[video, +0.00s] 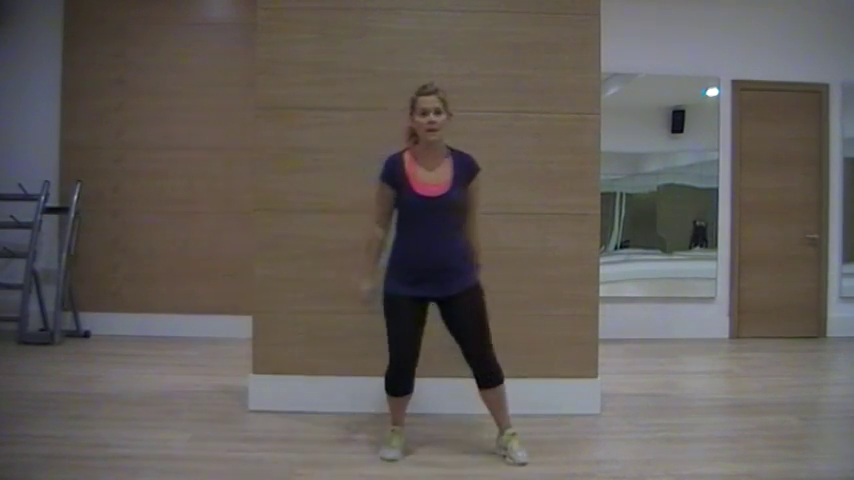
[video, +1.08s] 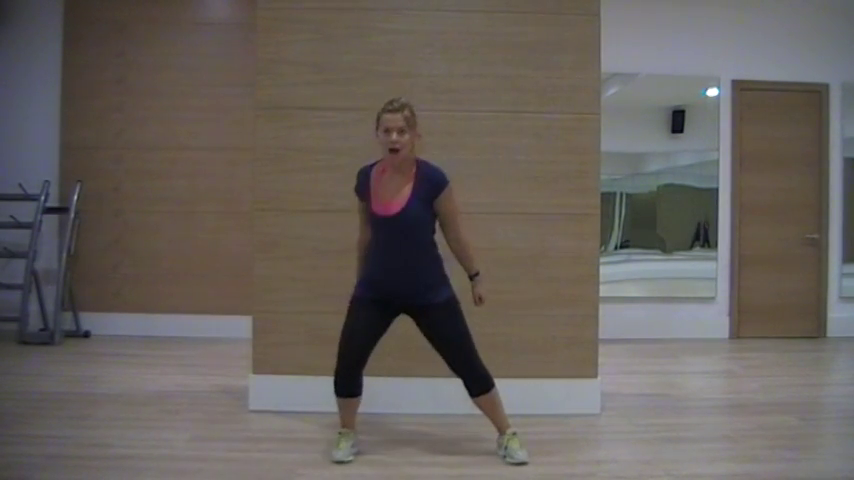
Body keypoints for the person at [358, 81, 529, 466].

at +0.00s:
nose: (431, 119)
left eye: (437, 112)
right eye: (423, 113)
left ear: (448, 117)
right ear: (412, 120)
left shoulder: (464, 165)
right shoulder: (396, 166)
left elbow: (471, 223)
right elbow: (380, 223)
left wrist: (475, 270)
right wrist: (369, 273)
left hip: (456, 277)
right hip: (406, 279)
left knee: (482, 356)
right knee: (401, 362)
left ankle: (507, 433)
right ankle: (396, 432)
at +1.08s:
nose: (393, 138)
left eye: (400, 131)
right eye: (386, 131)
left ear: (414, 135)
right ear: (377, 136)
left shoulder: (431, 178)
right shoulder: (367, 177)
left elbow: (453, 233)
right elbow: (365, 235)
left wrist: (475, 275)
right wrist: (360, 285)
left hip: (427, 289)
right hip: (377, 289)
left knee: (467, 364)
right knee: (347, 363)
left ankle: (506, 434)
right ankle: (346, 433)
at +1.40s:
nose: (375, 184)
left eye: (382, 177)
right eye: (368, 177)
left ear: (395, 181)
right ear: (358, 180)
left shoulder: (413, 218)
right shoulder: (349, 215)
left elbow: (440, 259)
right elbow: (354, 261)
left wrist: (462, 294)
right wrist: (357, 299)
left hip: (423, 303)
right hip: (373, 304)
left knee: (469, 365)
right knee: (341, 362)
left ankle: (506, 435)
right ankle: (346, 435)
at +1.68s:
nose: (387, 226)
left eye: (395, 219)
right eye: (380, 218)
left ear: (406, 221)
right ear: (369, 220)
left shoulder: (425, 251)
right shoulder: (356, 249)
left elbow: (451, 281)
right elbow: (352, 283)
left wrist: (467, 306)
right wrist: (351, 320)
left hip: (429, 311)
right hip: (380, 312)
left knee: (476, 367)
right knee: (347, 365)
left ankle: (507, 436)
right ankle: (346, 435)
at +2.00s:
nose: (428, 266)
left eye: (435, 258)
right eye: (420, 258)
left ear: (445, 258)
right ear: (406, 255)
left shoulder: (460, 280)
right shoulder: (385, 273)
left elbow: (468, 307)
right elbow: (361, 296)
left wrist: (468, 327)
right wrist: (355, 323)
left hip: (442, 320)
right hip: (388, 318)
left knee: (484, 366)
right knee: (358, 369)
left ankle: (507, 435)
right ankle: (347, 434)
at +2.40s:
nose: (483, 269)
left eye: (489, 260)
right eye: (474, 261)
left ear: (497, 256)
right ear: (458, 257)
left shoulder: (503, 274)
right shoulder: (430, 266)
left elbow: (484, 289)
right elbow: (388, 275)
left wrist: (481, 303)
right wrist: (365, 302)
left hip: (452, 314)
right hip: (402, 307)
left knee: (493, 361)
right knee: (372, 368)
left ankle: (509, 436)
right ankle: (348, 435)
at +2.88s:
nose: (513, 221)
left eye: (520, 214)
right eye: (505, 213)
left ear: (528, 213)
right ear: (488, 210)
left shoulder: (522, 234)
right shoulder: (457, 228)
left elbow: (482, 257)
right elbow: (409, 246)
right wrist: (380, 277)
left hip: (459, 290)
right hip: (409, 287)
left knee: (492, 357)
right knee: (384, 362)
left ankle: (508, 436)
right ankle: (350, 434)